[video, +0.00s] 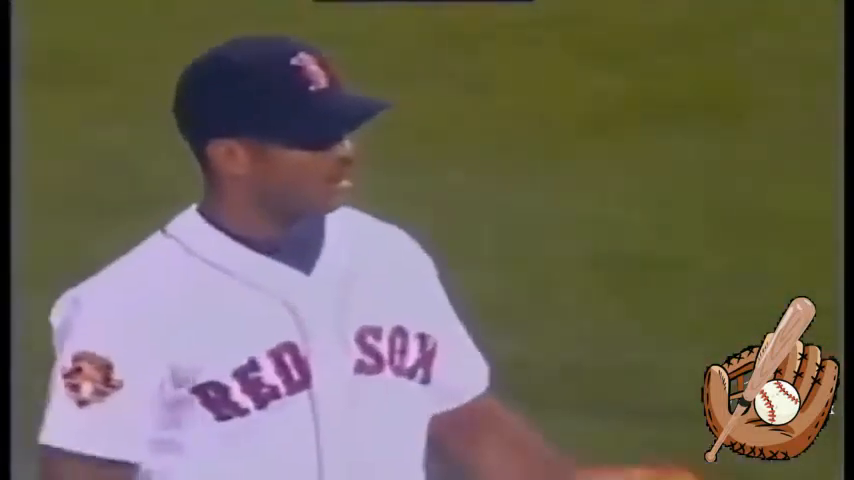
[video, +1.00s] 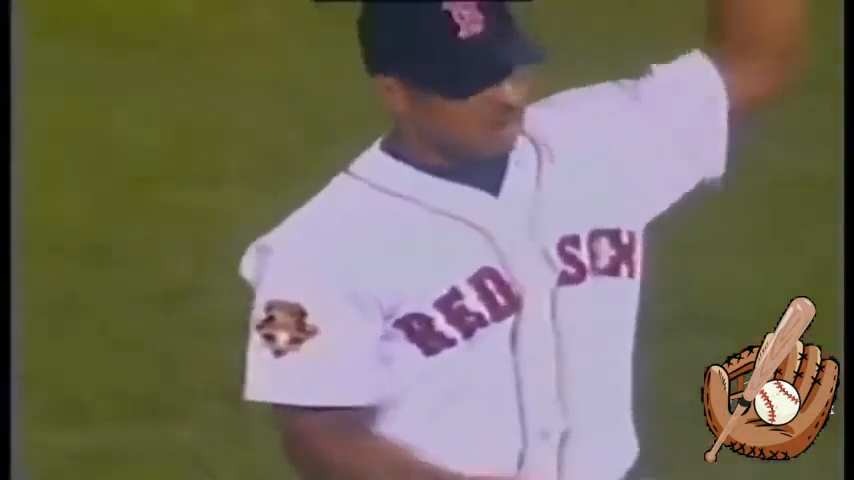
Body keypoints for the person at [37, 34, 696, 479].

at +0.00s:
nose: (351, 152)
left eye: (348, 130)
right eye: (322, 137)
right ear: (232, 158)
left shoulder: (392, 258)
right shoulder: (118, 310)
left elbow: (473, 427)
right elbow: (79, 473)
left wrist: (583, 476)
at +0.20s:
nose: (385, 133)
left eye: (381, 110)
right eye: (354, 117)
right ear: (264, 139)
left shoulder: (440, 242)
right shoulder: (153, 292)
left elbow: (558, 369)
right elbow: (112, 469)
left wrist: (667, 379)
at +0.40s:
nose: (396, 101)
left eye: (389, 80)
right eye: (364, 90)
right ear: (277, 116)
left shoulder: (472, 211)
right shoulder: (172, 265)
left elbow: (636, 278)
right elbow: (140, 465)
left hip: (462, 473)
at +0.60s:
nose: (414, 68)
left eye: (407, 47)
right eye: (382, 58)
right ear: (298, 88)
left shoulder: (486, 141)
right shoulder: (205, 244)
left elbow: (649, 86)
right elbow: (183, 460)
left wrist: (724, 0)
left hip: (494, 462)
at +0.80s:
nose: (487, 57)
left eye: (478, 35)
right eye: (454, 47)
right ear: (369, 76)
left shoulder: (547, 108)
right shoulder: (284, 242)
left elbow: (669, 6)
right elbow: (284, 446)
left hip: (541, 462)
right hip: (404, 464)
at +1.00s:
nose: (507, 95)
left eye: (508, 69)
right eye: (471, 82)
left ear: (522, 56)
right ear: (395, 93)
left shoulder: (601, 143)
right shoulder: (321, 249)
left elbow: (761, 61)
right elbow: (324, 442)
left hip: (605, 465)